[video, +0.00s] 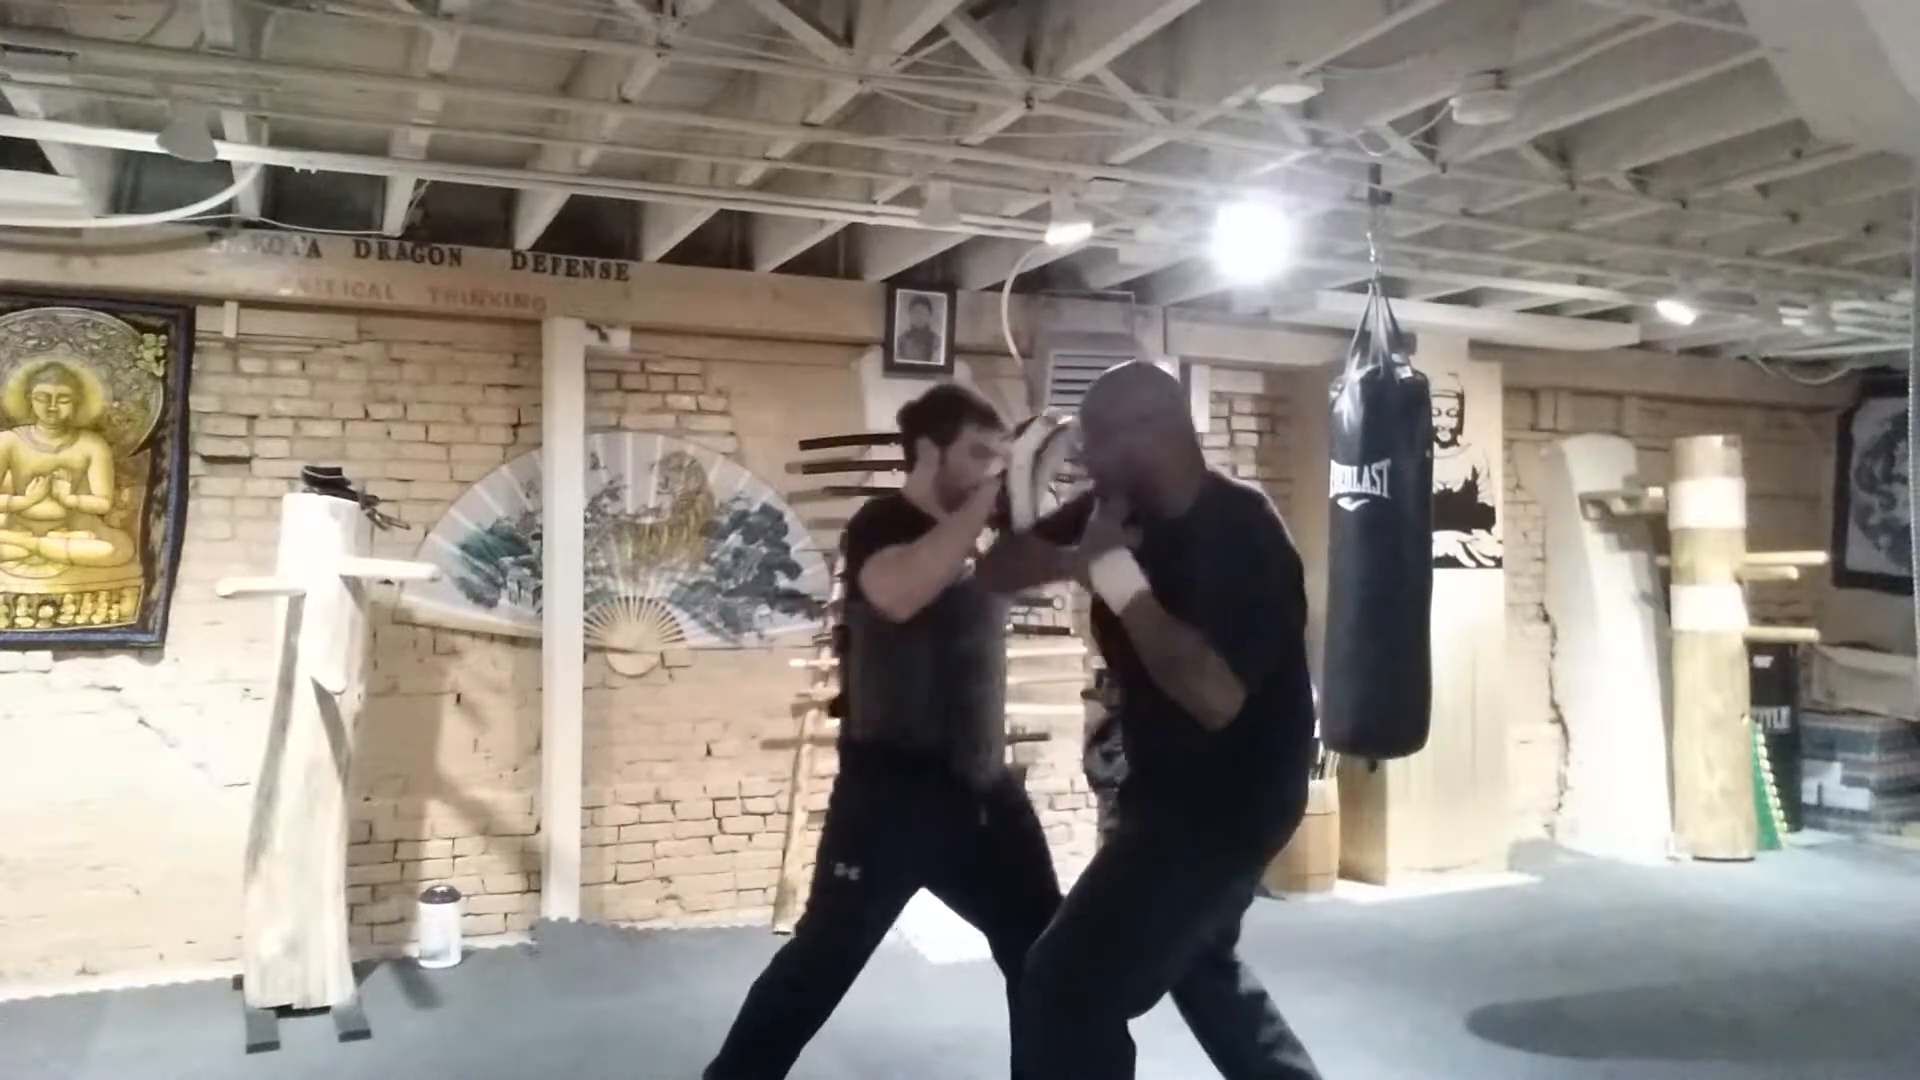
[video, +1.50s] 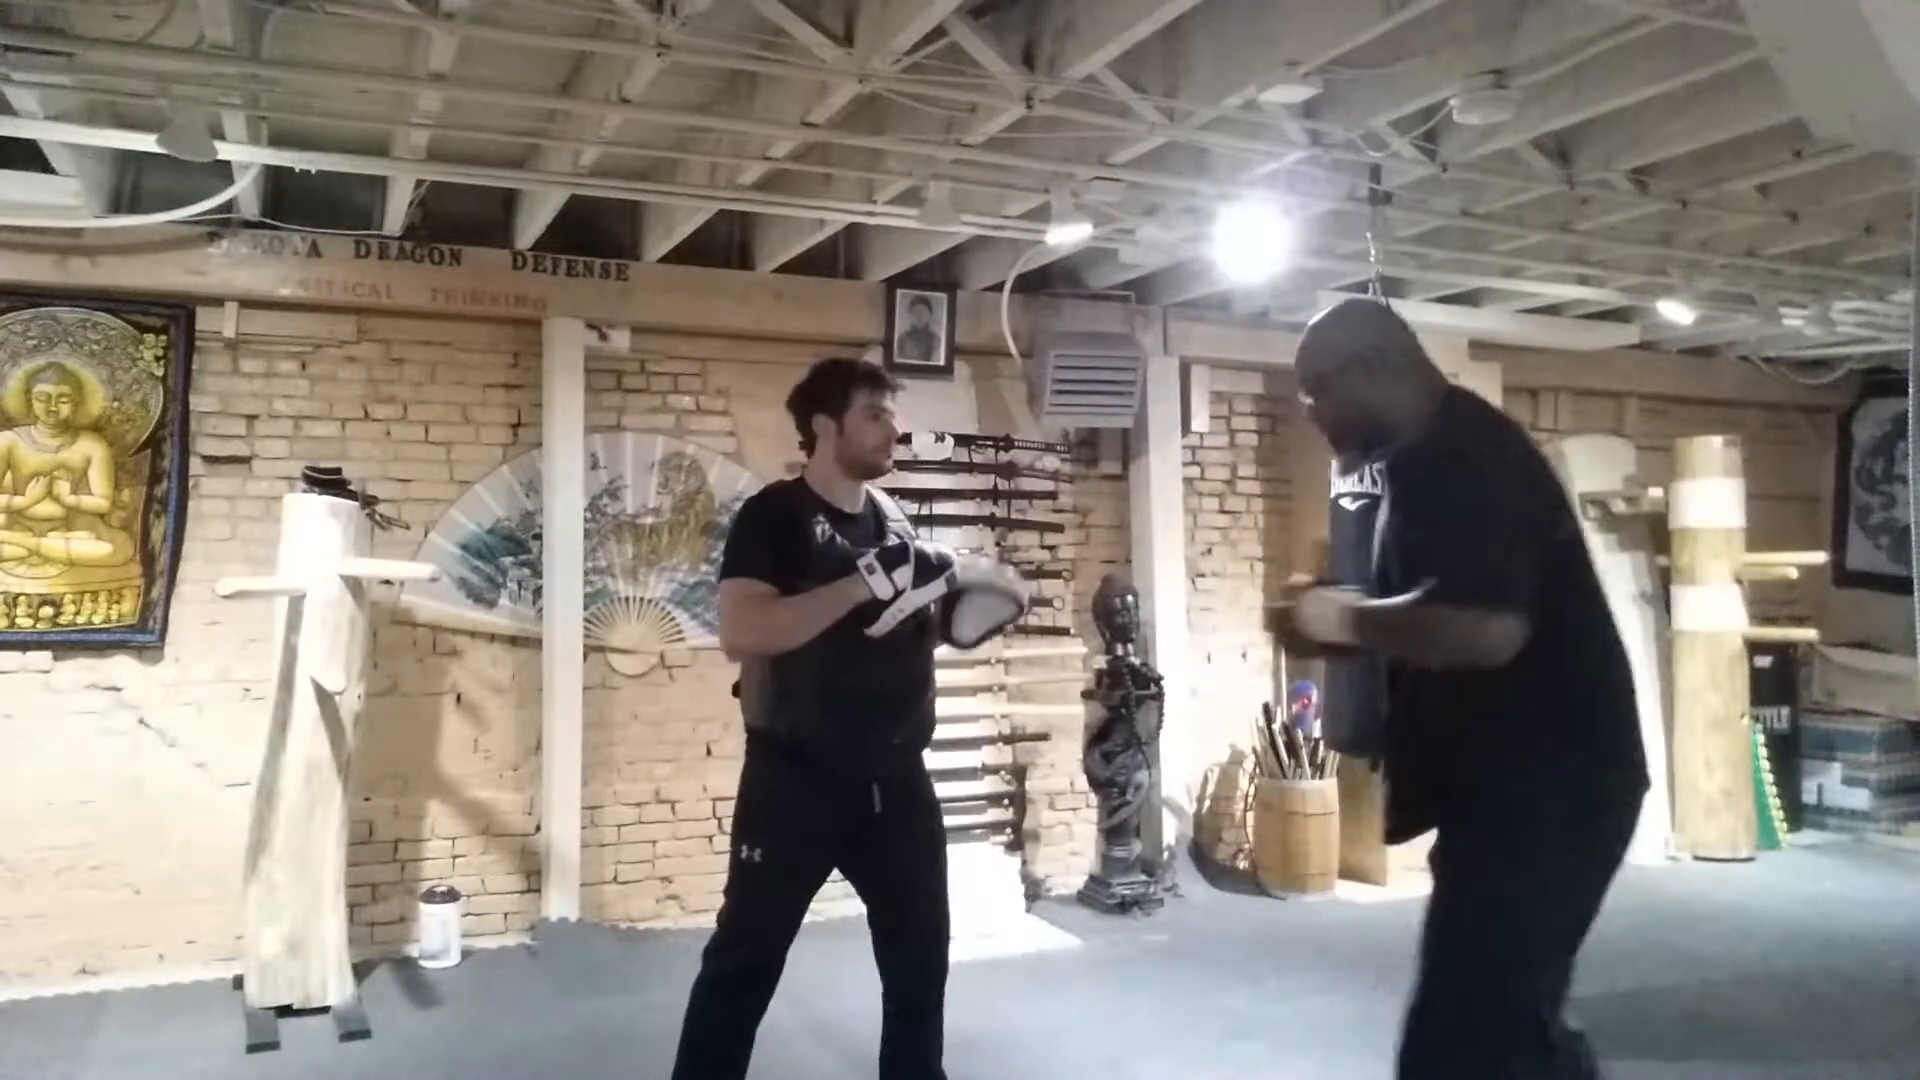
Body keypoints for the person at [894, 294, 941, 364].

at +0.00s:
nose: (920, 317)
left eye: (924, 313)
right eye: (916, 313)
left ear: (930, 316)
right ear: (909, 314)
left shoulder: (936, 340)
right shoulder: (901, 340)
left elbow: (935, 364)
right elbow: (897, 361)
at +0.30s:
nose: (919, 317)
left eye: (923, 313)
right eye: (916, 312)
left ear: (929, 316)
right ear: (909, 314)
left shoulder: (936, 340)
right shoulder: (901, 339)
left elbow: (935, 364)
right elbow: (898, 361)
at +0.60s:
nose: (920, 317)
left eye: (924, 313)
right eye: (916, 312)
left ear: (930, 316)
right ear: (910, 314)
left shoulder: (936, 341)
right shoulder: (901, 340)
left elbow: (935, 364)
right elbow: (897, 361)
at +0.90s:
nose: (919, 316)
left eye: (922, 312)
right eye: (915, 312)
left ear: (930, 316)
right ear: (909, 315)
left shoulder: (935, 340)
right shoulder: (902, 338)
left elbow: (935, 363)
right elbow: (898, 360)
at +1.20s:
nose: (919, 316)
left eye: (923, 312)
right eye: (916, 312)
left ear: (930, 315)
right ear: (909, 314)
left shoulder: (934, 339)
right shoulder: (902, 339)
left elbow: (935, 362)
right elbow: (897, 360)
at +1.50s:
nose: (919, 316)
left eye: (923, 312)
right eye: (916, 312)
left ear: (930, 316)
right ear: (909, 315)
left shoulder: (935, 340)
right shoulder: (902, 339)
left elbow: (935, 363)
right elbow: (898, 361)